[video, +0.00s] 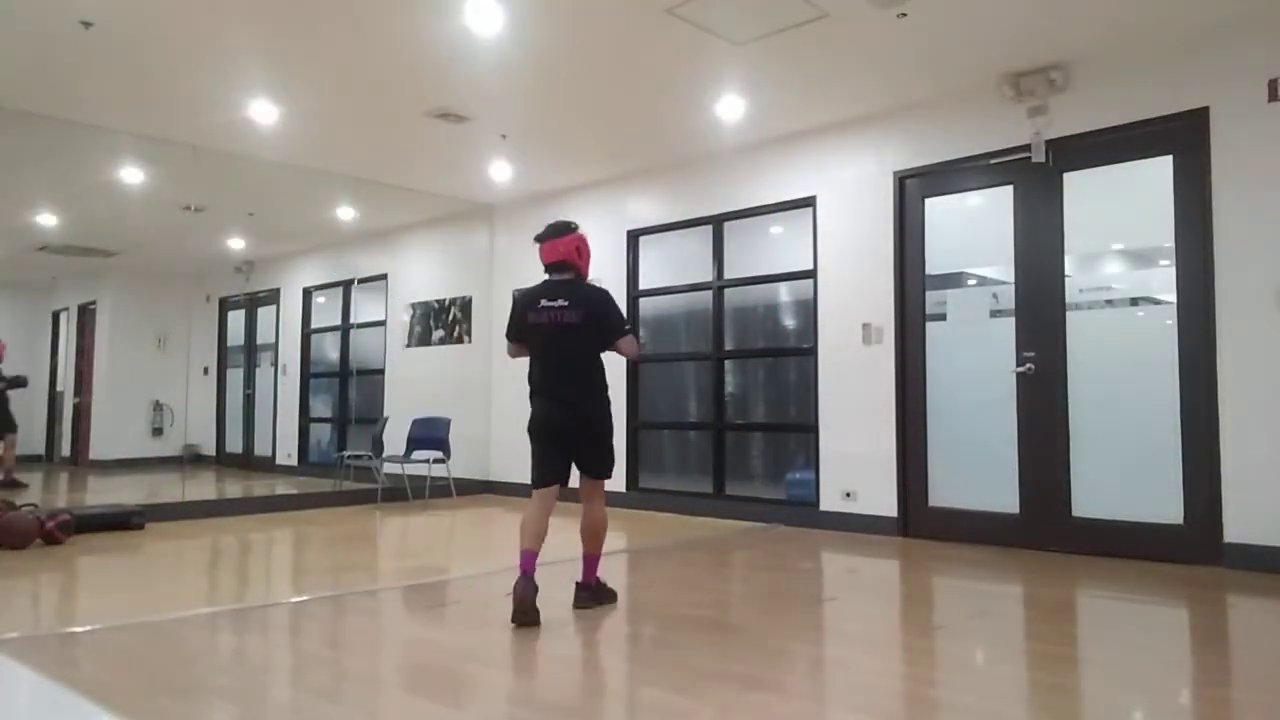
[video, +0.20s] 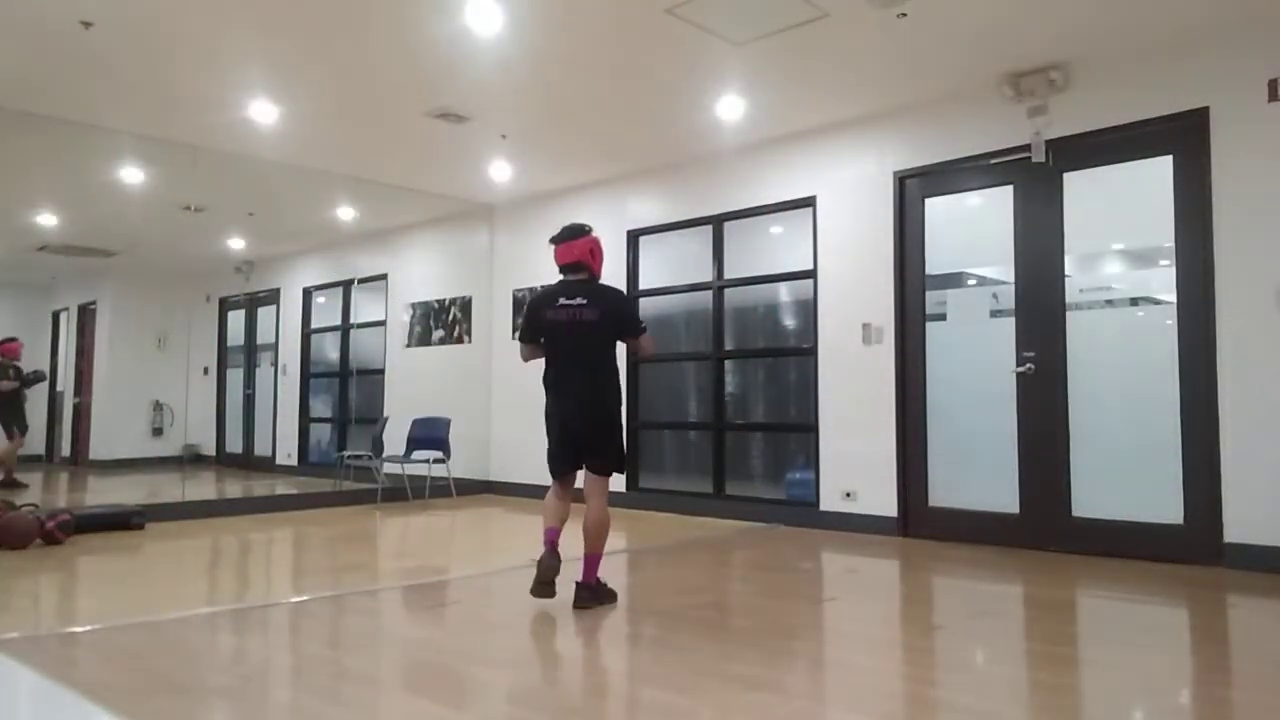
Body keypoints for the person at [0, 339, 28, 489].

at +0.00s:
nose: (4, 353)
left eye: (4, 350)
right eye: (3, 350)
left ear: (3, 352)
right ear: (2, 352)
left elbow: (2, 381)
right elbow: (3, 383)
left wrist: (13, 381)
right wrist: (14, 382)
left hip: (4, 407)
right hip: (3, 408)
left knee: (10, 435)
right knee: (10, 435)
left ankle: (8, 475)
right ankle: (7, 476)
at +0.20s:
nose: (20, 352)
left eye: (20, 349)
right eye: (17, 350)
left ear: (13, 352)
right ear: (9, 351)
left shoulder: (16, 369)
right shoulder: (2, 367)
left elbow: (19, 382)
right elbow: (3, 385)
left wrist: (30, 379)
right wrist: (20, 383)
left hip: (17, 407)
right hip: (4, 408)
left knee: (17, 441)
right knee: (14, 440)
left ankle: (8, 476)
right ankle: (6, 476)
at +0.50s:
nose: (42, 352)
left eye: (41, 349)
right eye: (38, 350)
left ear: (32, 353)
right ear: (30, 353)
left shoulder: (40, 370)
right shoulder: (19, 369)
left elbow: (49, 384)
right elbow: (14, 388)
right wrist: (32, 393)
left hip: (38, 410)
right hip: (26, 410)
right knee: (36, 442)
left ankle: (10, 476)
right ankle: (46, 478)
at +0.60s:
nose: (48, 353)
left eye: (46, 350)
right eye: (44, 350)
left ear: (35, 354)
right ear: (37, 353)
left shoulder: (48, 370)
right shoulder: (27, 370)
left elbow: (51, 388)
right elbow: (19, 389)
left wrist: (62, 395)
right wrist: (35, 400)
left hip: (46, 411)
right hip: (36, 412)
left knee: (36, 444)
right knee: (49, 444)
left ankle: (12, 475)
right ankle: (49, 478)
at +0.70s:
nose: (54, 353)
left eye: (54, 350)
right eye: (51, 351)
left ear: (51, 352)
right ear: (42, 353)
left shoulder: (56, 370)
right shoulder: (34, 370)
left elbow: (60, 390)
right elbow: (26, 389)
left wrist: (67, 400)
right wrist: (42, 399)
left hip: (55, 410)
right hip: (42, 411)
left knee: (55, 446)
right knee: (52, 445)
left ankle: (24, 469)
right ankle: (49, 479)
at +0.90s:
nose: (70, 351)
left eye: (69, 348)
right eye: (66, 348)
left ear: (62, 351)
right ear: (57, 351)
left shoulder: (67, 367)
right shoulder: (49, 366)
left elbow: (69, 386)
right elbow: (44, 385)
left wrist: (73, 398)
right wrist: (57, 397)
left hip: (67, 407)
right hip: (54, 408)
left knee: (80, 437)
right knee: (54, 442)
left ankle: (64, 467)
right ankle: (50, 475)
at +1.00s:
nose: (74, 353)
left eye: (74, 350)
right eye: (71, 350)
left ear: (74, 352)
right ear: (63, 352)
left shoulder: (76, 369)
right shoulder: (57, 368)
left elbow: (76, 389)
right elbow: (52, 387)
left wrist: (80, 402)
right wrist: (65, 400)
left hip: (72, 411)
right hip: (57, 411)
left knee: (83, 438)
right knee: (55, 444)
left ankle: (84, 474)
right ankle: (49, 477)